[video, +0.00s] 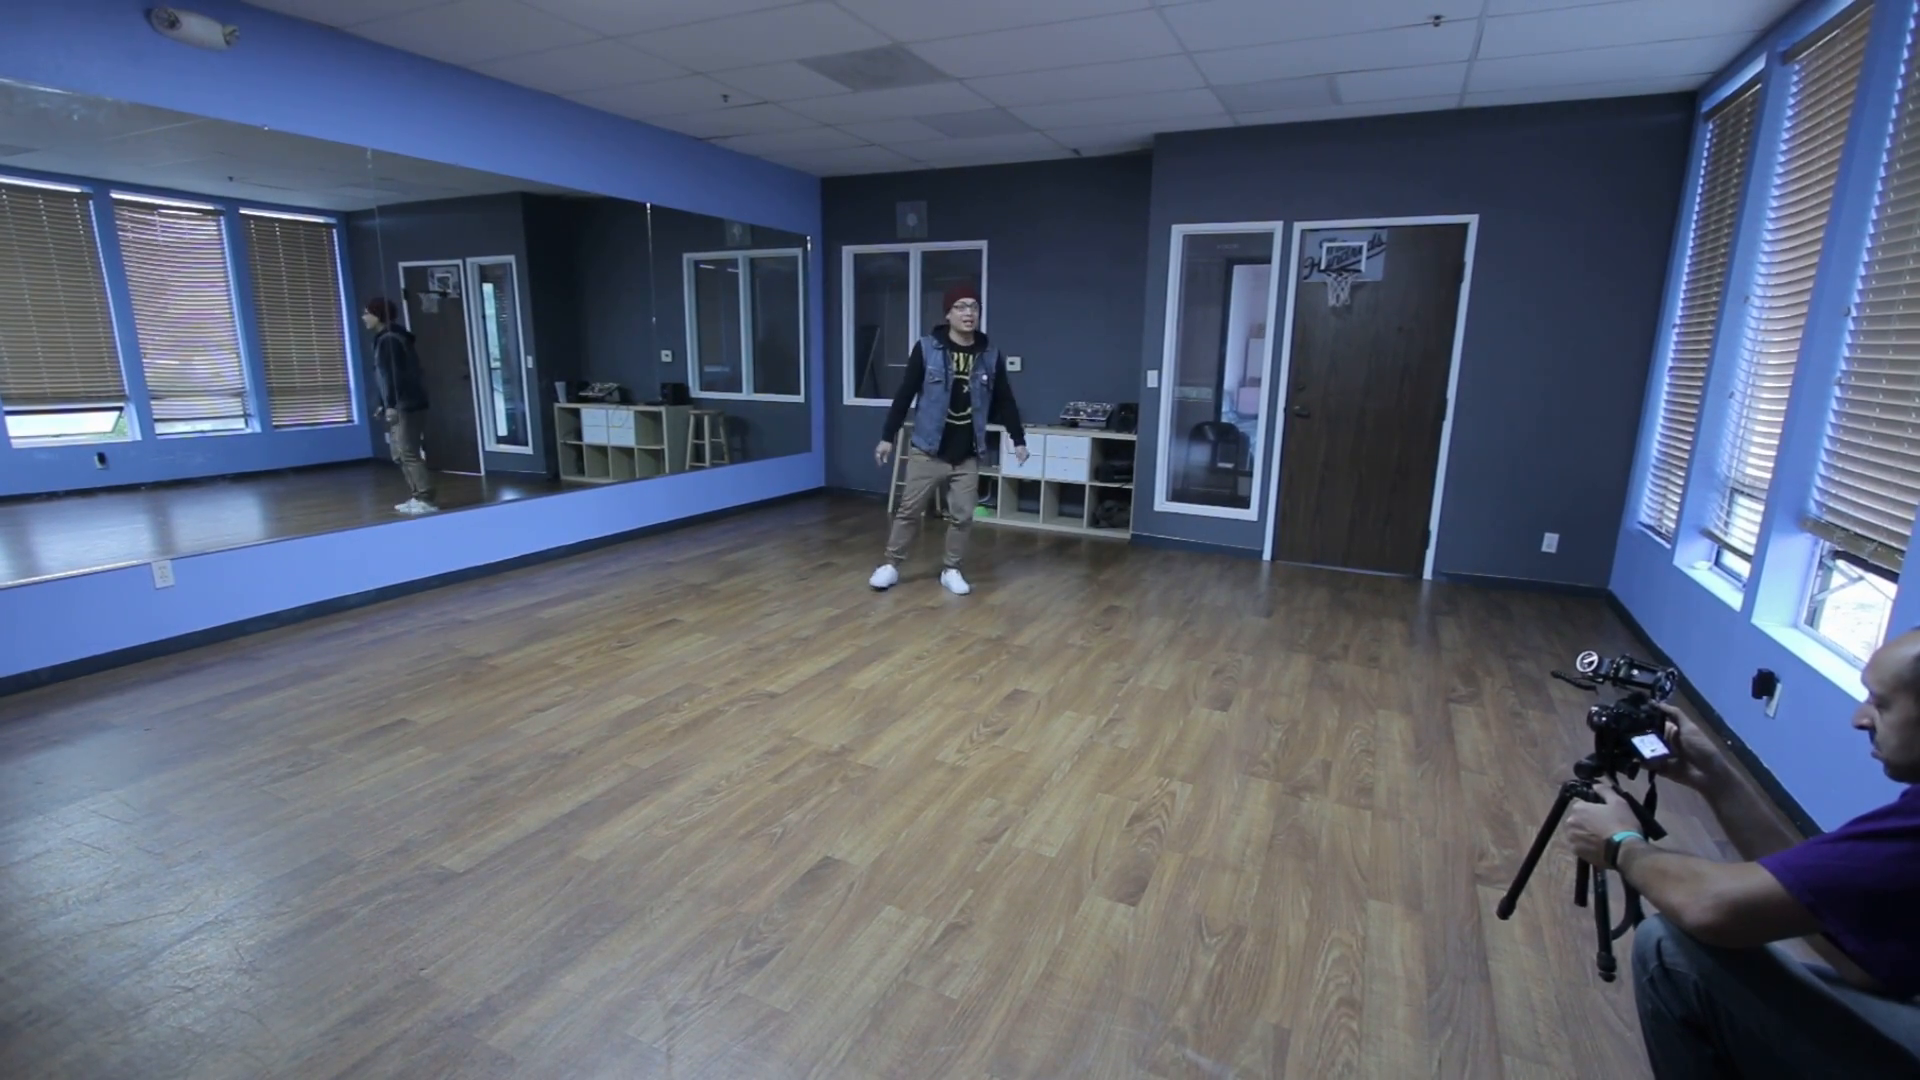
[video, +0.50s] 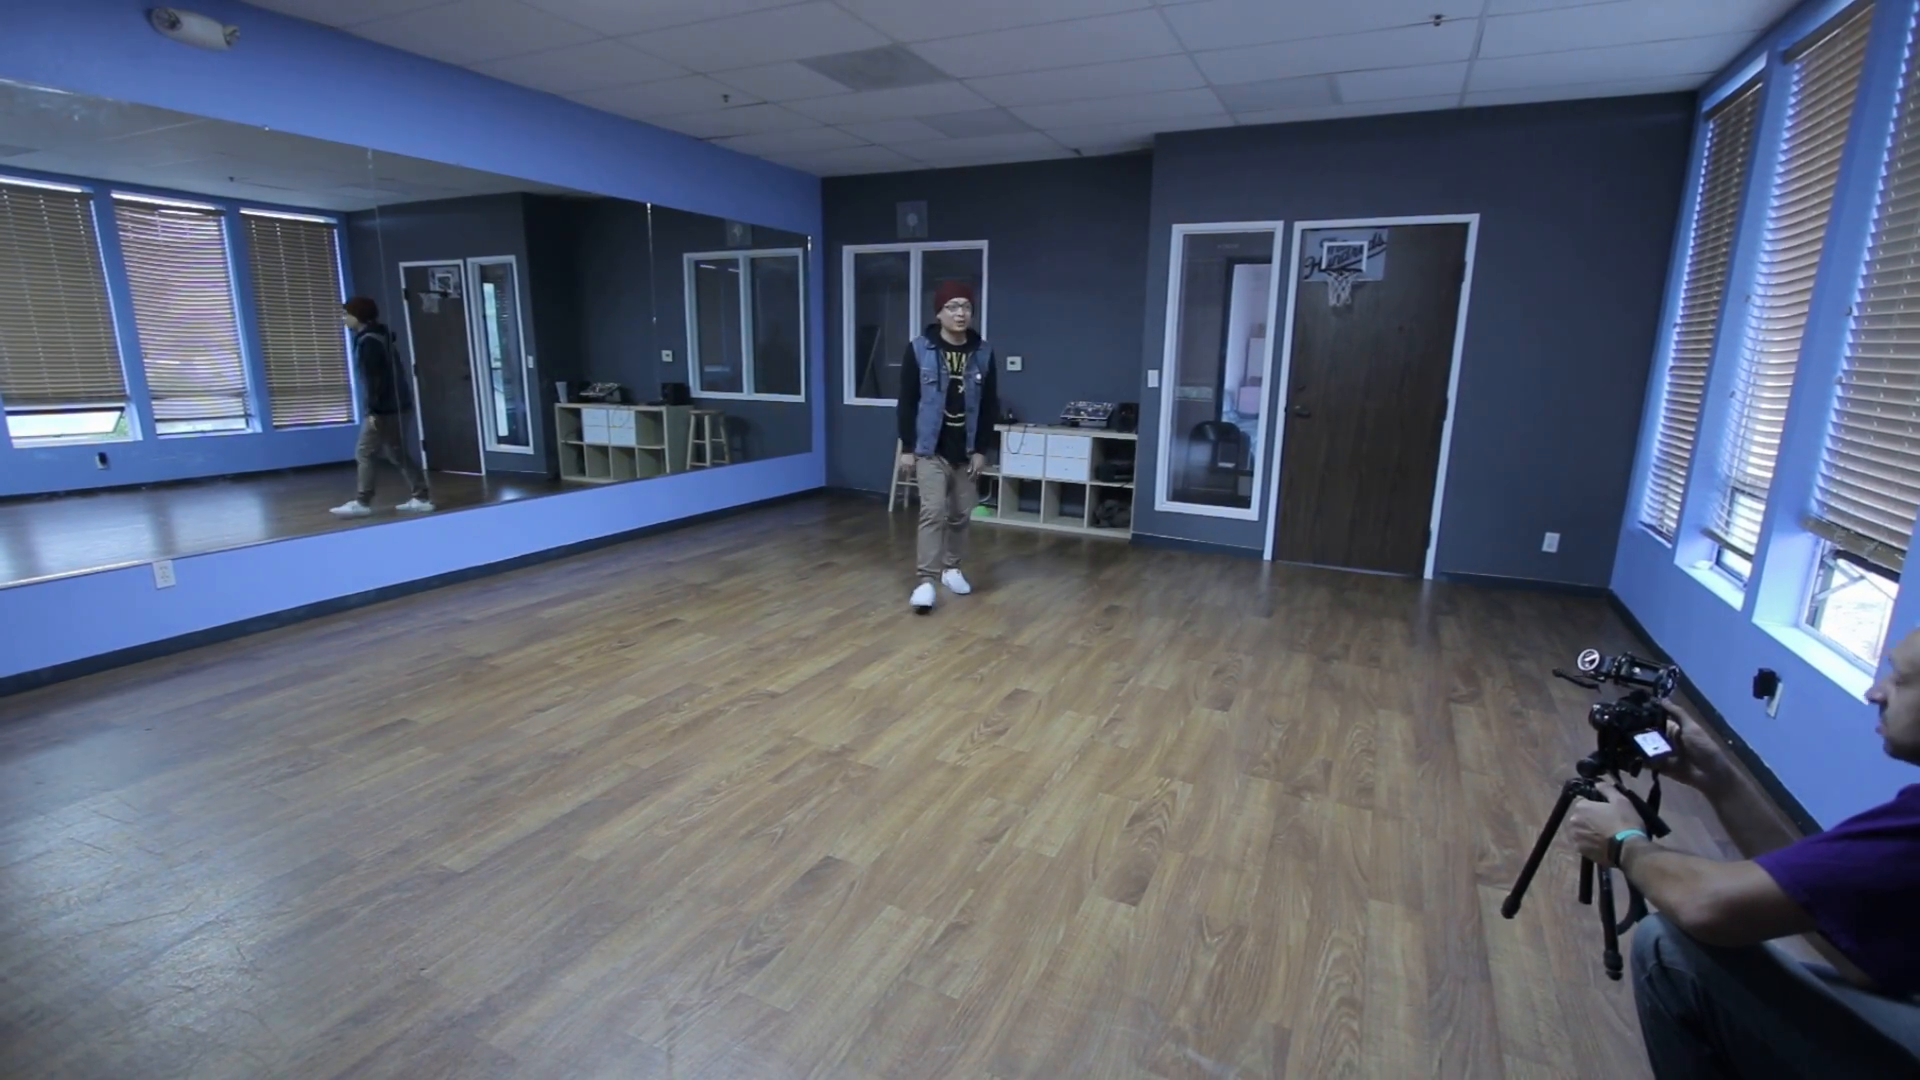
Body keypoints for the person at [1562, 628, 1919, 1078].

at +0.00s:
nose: (1860, 720)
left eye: (1881, 702)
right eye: (1869, 700)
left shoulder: (1912, 819)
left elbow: (1714, 910)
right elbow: (1866, 960)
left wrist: (1619, 844)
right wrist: (1716, 779)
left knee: (1673, 950)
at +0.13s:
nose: (1861, 719)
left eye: (1882, 702)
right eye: (1870, 699)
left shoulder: (1912, 818)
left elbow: (1713, 909)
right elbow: (1865, 959)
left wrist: (1620, 843)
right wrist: (1718, 779)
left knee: (1673, 951)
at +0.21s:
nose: (1861, 719)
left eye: (1883, 701)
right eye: (1871, 699)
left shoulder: (1912, 818)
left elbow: (1712, 909)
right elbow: (1865, 959)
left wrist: (1622, 843)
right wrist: (1718, 779)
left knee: (1673, 950)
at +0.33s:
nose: (1862, 718)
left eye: (1884, 701)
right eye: (1872, 698)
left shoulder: (1913, 817)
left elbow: (1710, 909)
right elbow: (1865, 958)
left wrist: (1623, 843)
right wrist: (1719, 779)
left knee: (1673, 950)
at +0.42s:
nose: (1864, 709)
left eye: (1886, 694)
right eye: (1875, 691)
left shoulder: (1913, 817)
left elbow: (1710, 909)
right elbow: (1865, 957)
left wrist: (1623, 843)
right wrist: (1719, 780)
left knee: (1672, 950)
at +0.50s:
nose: (1875, 692)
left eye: (1897, 678)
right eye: (1887, 675)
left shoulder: (1913, 815)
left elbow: (1709, 908)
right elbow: (1867, 957)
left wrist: (1623, 842)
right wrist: (1720, 781)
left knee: (1672, 949)